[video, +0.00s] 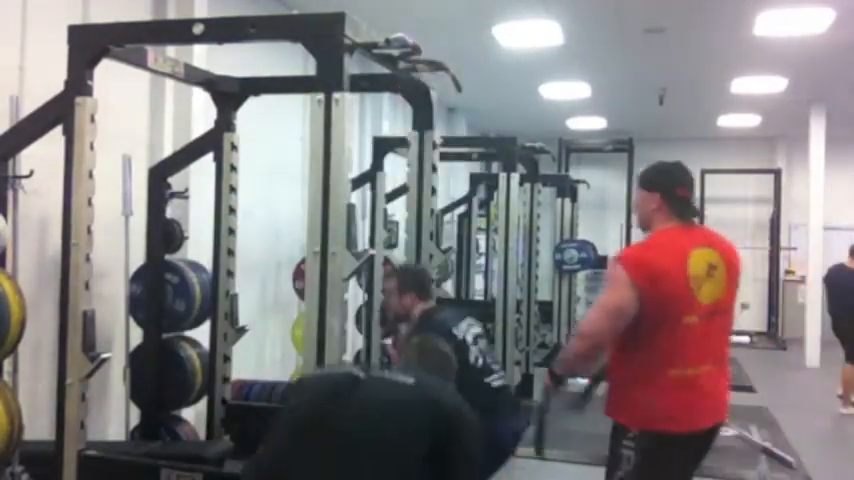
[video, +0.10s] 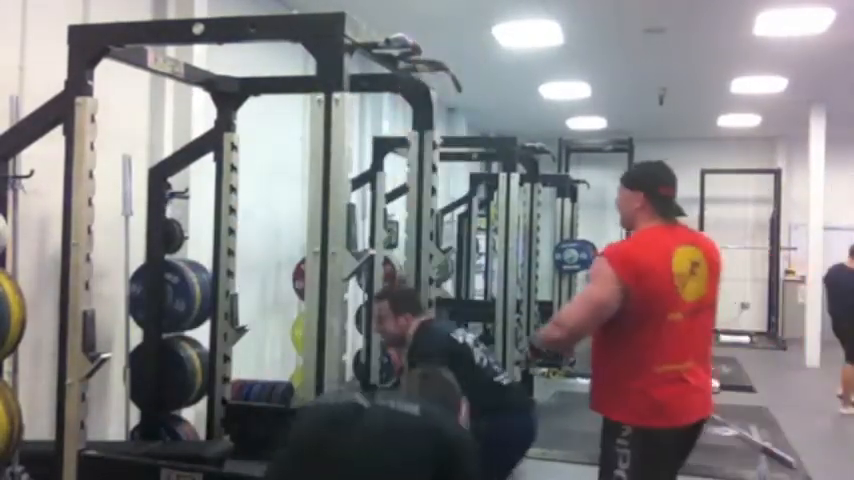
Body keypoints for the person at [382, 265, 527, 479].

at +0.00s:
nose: (385, 301)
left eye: (389, 294)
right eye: (385, 294)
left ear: (410, 299)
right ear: (426, 295)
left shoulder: (426, 337)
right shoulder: (455, 314)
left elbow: (429, 395)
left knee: (465, 472)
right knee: (475, 471)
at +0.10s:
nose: (377, 329)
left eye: (381, 320)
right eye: (376, 321)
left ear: (403, 319)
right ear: (407, 317)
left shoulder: (425, 346)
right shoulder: (439, 329)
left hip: (500, 422)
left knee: (476, 473)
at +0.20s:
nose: (386, 328)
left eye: (391, 319)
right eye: (384, 321)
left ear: (412, 311)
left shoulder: (442, 337)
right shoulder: (432, 338)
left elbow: (479, 393)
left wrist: (488, 469)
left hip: (519, 413)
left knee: (497, 472)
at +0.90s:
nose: (500, 248)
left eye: (509, 242)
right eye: (495, 240)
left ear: (527, 240)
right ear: (488, 237)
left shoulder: (550, 285)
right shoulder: (482, 285)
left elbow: (561, 352)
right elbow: (469, 337)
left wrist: (520, 409)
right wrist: (461, 377)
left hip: (543, 414)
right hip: (493, 413)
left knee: (538, 473)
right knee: (491, 473)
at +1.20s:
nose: (496, 256)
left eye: (505, 249)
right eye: (490, 247)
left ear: (521, 243)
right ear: (481, 240)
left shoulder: (548, 294)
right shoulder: (466, 293)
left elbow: (577, 360)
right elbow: (451, 359)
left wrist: (576, 435)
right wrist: (467, 417)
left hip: (534, 427)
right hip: (484, 427)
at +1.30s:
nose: (497, 262)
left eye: (507, 255)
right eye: (491, 252)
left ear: (523, 249)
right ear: (482, 244)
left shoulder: (548, 300)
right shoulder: (462, 298)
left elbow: (576, 370)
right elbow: (444, 364)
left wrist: (574, 449)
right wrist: (451, 431)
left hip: (530, 435)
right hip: (476, 433)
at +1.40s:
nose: (496, 259)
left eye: (506, 253)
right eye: (490, 250)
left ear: (523, 246)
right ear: (480, 241)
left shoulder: (547, 297)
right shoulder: (456, 293)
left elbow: (566, 375)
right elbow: (438, 362)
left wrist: (561, 451)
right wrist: (430, 432)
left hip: (524, 436)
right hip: (467, 432)